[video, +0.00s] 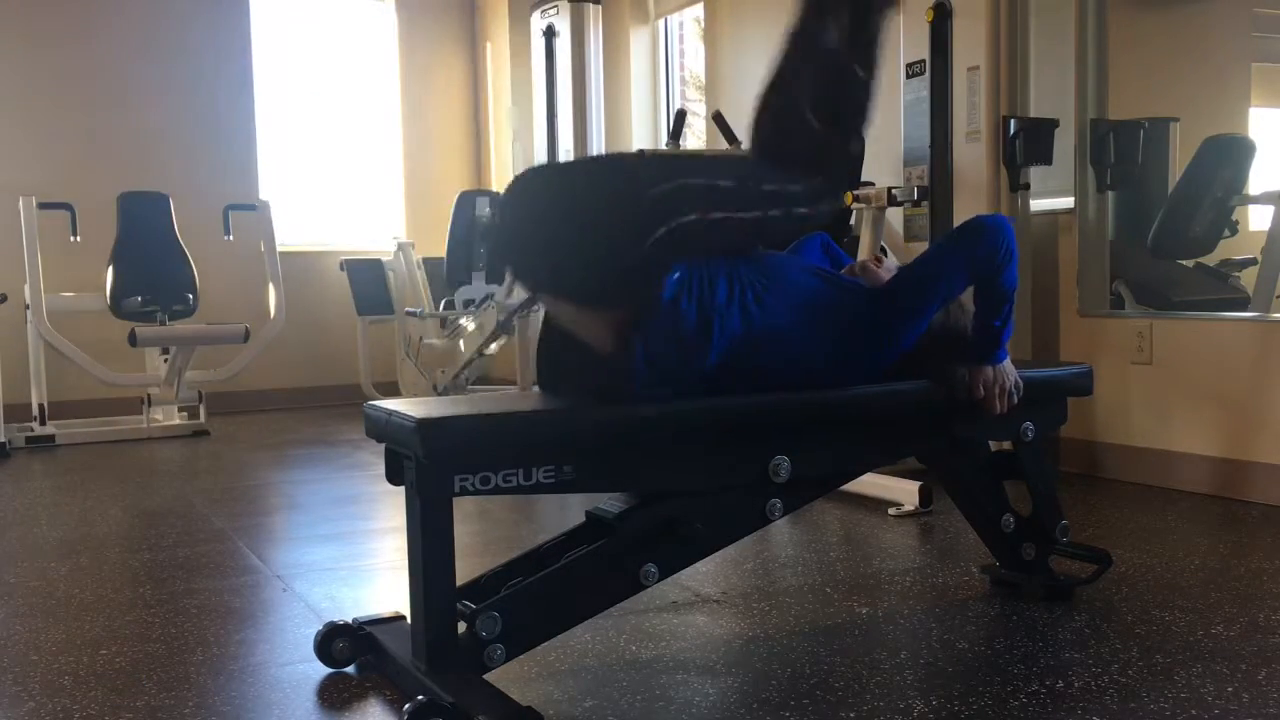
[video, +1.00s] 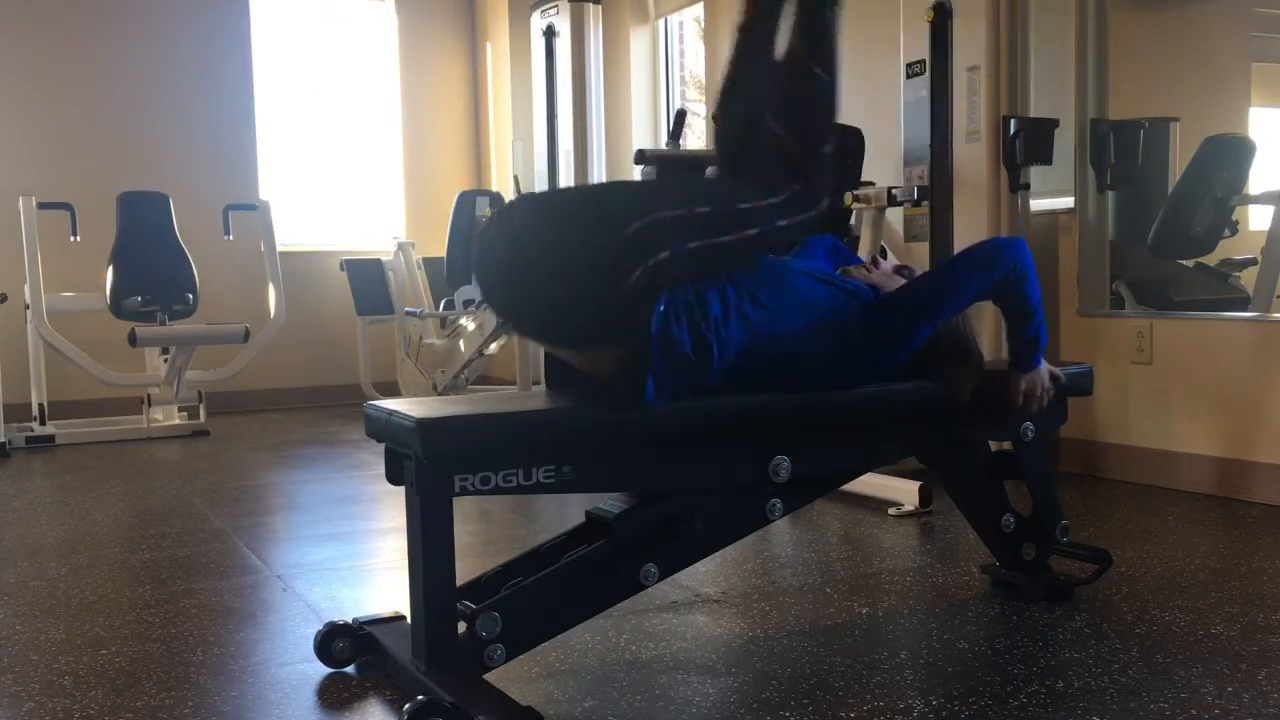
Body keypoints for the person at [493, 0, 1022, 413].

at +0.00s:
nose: (886, 257)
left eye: (899, 272)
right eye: (895, 260)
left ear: (911, 314)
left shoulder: (872, 332)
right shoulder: (834, 288)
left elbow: (991, 235)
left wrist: (994, 351)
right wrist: (860, 272)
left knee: (527, 201)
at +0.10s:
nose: (889, 256)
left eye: (903, 268)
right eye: (900, 259)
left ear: (915, 311)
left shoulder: (881, 330)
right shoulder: (853, 311)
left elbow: (1000, 236)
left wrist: (996, 351)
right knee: (814, 200)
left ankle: (911, 24)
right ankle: (895, 23)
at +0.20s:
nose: (900, 262)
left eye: (915, 267)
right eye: (905, 262)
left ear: (930, 311)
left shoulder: (885, 329)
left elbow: (1002, 234)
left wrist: (998, 349)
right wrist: (852, 266)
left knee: (857, 224)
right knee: (799, 193)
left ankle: (949, 43)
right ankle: (899, 38)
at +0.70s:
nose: (892, 262)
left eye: (908, 276)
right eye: (902, 266)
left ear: (920, 317)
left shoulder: (887, 327)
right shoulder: (858, 336)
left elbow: (1007, 254)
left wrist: (1038, 357)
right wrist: (872, 279)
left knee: (844, 221)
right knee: (798, 189)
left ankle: (935, 40)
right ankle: (891, 32)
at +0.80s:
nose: (890, 260)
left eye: (904, 275)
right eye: (901, 264)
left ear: (912, 309)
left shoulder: (886, 329)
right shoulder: (853, 308)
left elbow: (1012, 271)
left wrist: (1046, 367)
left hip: (653, 307)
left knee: (794, 190)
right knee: (804, 189)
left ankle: (887, 29)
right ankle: (874, 28)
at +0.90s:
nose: (890, 259)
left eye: (904, 276)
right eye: (900, 263)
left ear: (909, 308)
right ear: (887, 271)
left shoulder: (883, 328)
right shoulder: (846, 294)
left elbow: (1013, 268)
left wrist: (1042, 368)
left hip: (644, 322)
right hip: (669, 299)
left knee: (825, 189)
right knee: (782, 177)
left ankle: (859, 21)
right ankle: (824, 17)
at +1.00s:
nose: (888, 262)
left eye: (903, 279)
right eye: (896, 264)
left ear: (908, 311)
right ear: (883, 270)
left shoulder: (881, 333)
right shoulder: (830, 276)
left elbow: (1007, 253)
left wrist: (1030, 362)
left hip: (628, 325)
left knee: (805, 183)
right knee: (753, 174)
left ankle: (815, 6)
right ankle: (766, 1)